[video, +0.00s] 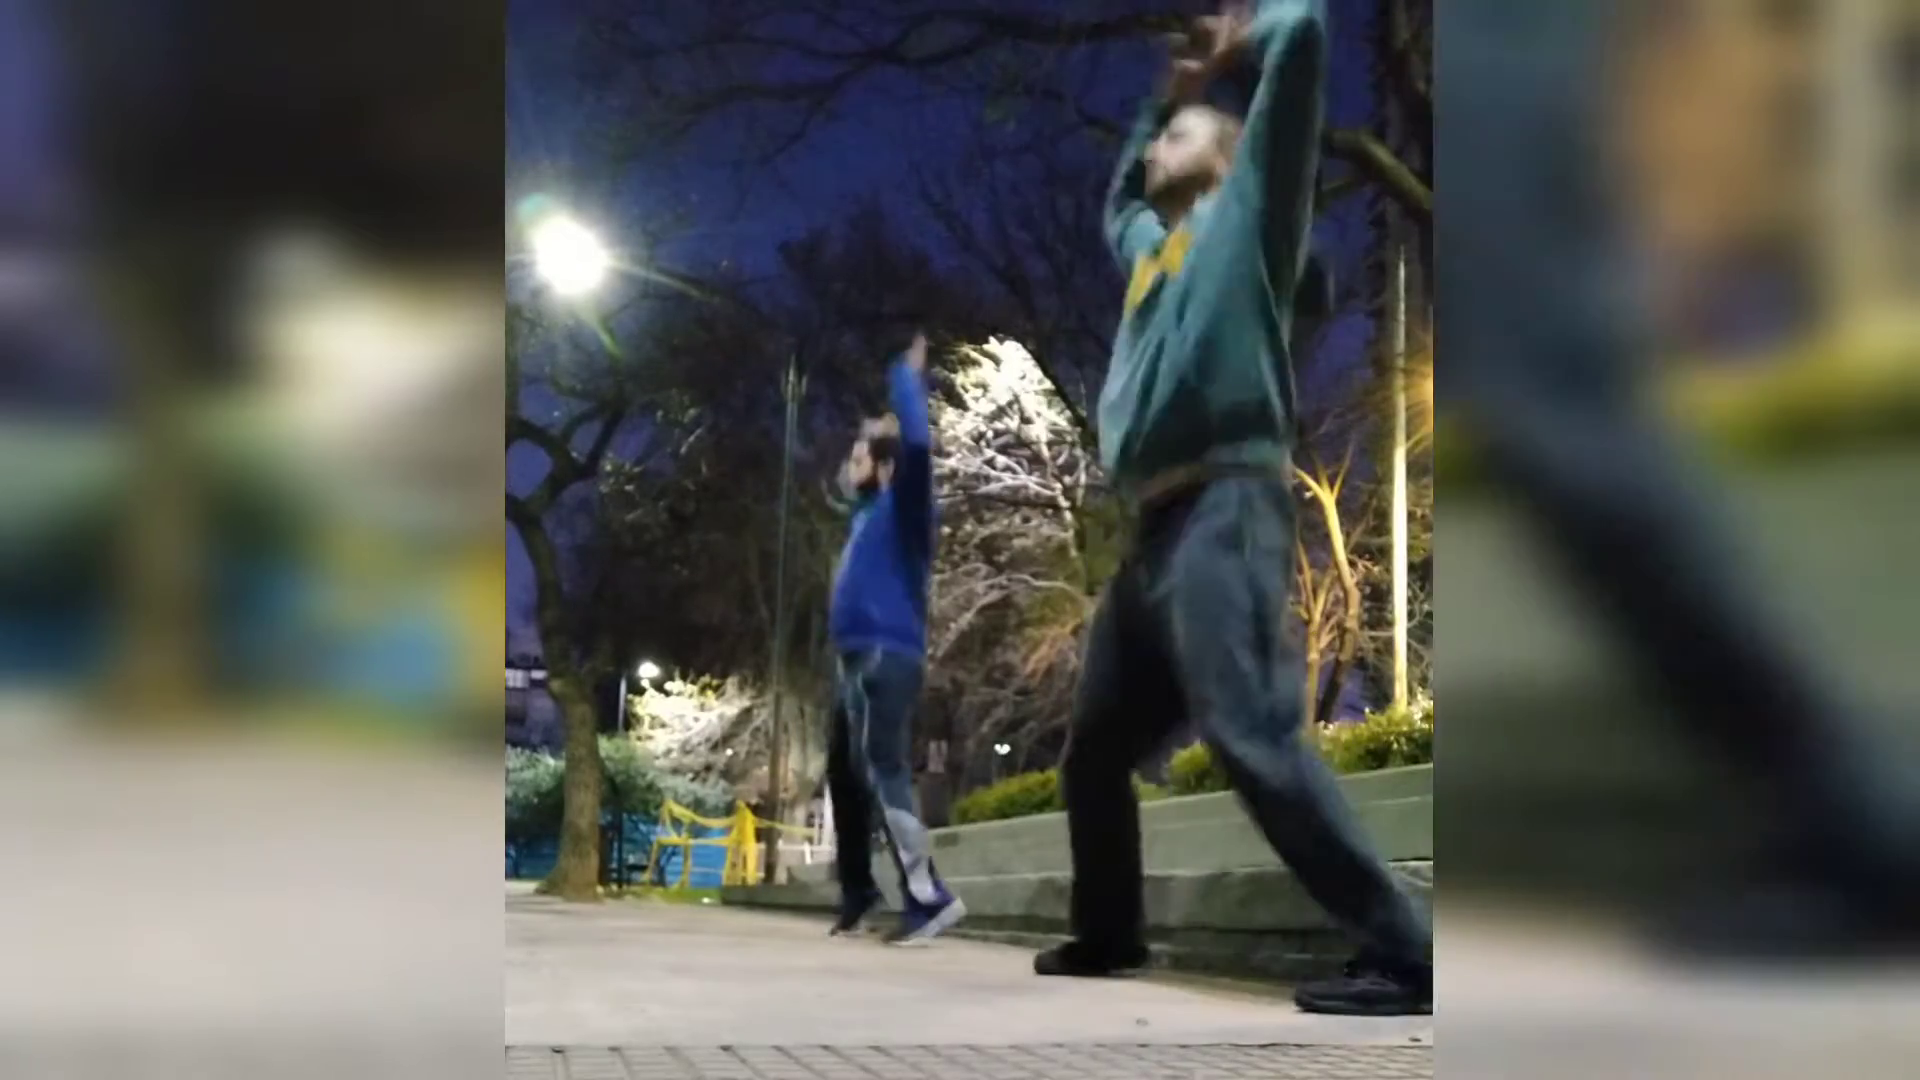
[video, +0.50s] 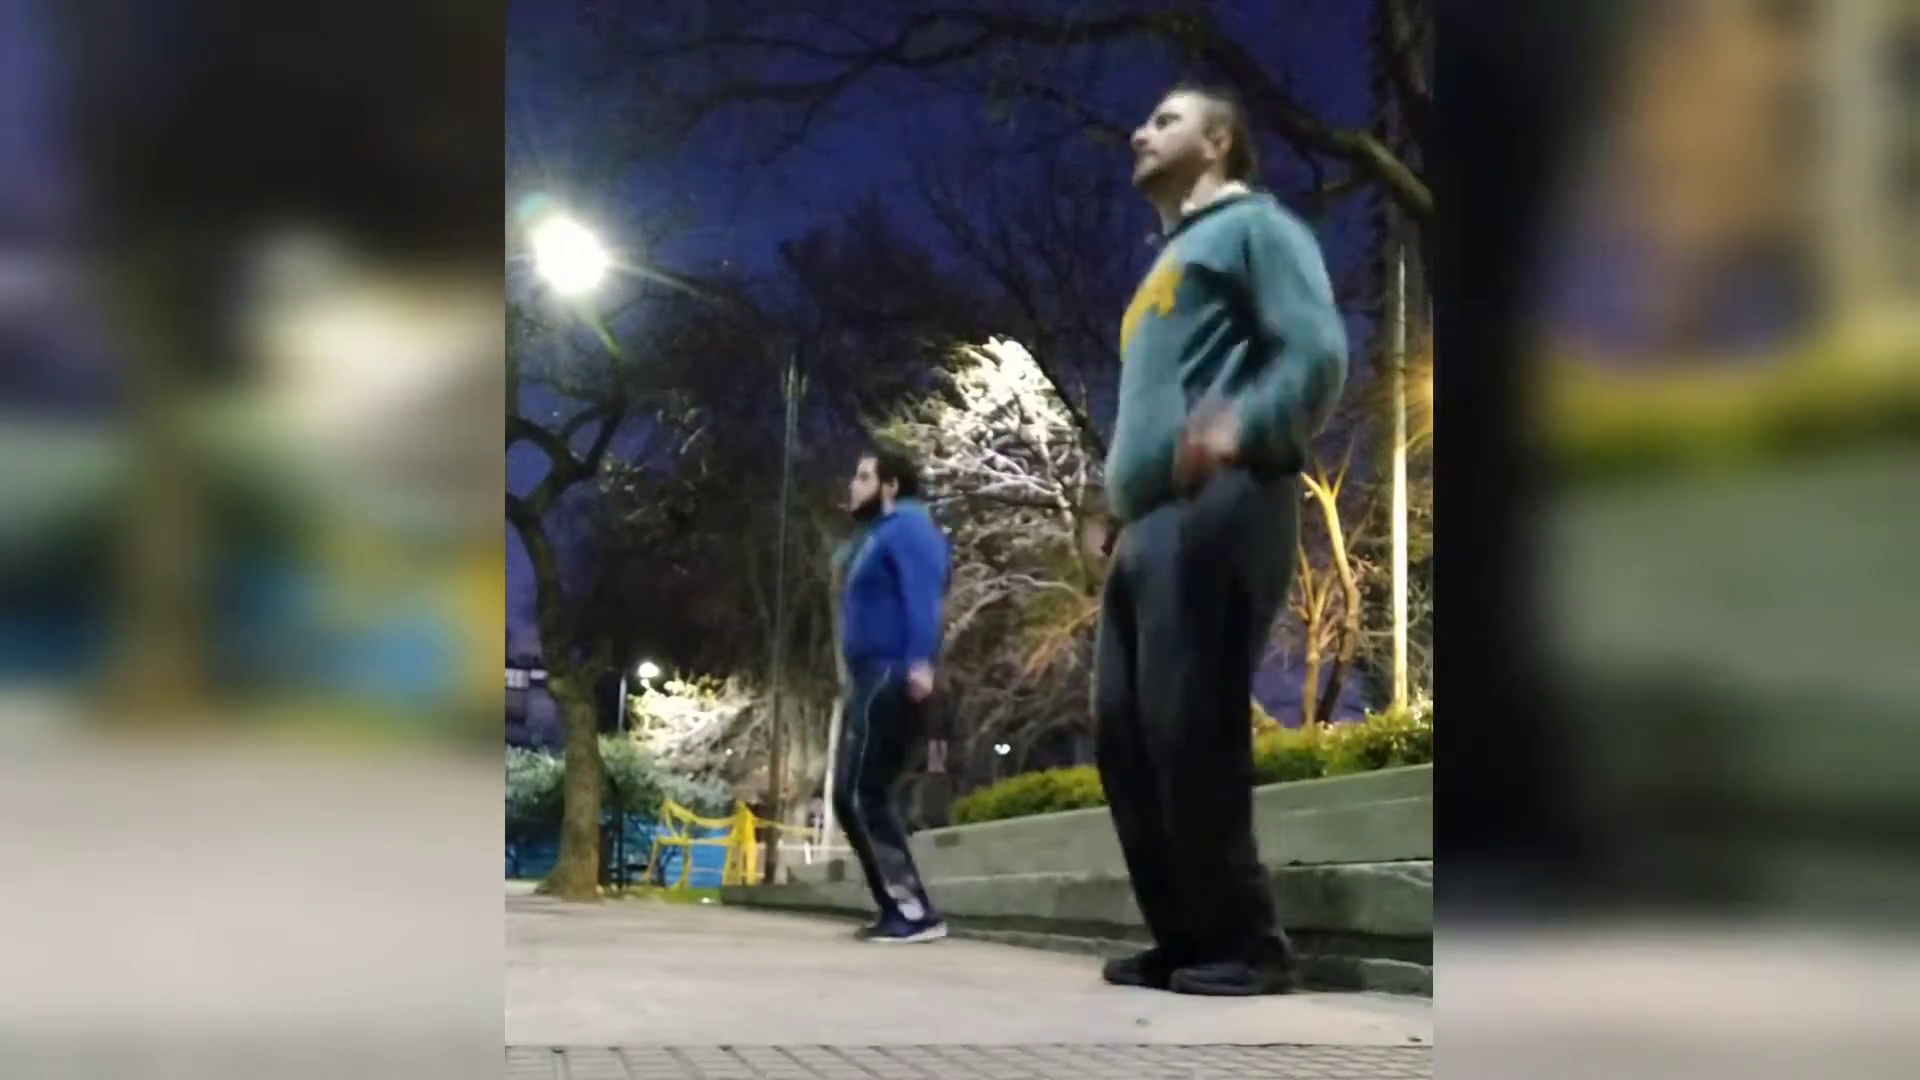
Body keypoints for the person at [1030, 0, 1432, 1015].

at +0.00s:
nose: (1161, 143)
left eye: (1184, 128)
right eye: (1159, 132)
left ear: (1231, 145)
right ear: (1168, 164)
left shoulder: (1254, 208)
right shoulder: (1148, 242)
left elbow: (1301, 32)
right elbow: (1122, 194)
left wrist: (1242, 36)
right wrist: (1172, 91)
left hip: (1229, 503)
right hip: (1156, 525)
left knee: (1250, 736)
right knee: (1095, 751)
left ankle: (1399, 956)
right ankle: (1106, 940)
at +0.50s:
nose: (1141, 133)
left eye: (1165, 119)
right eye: (1143, 122)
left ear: (1217, 141)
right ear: (1169, 153)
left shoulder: (1256, 224)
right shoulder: (1170, 255)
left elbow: (1317, 350)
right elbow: (1159, 395)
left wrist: (1242, 421)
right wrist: (1127, 511)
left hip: (1217, 508)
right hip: (1150, 520)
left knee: (1189, 724)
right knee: (1122, 732)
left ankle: (1245, 945)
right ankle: (1184, 938)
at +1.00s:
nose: (1173, 136)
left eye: (1194, 121)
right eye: (1171, 128)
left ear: (1240, 139)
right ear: (1179, 164)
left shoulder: (1271, 199)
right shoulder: (1161, 255)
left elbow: (1322, 36)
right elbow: (1137, 231)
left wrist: (1232, 18)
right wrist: (1154, 152)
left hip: (1249, 490)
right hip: (1174, 515)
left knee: (1267, 734)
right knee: (1135, 737)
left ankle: (1398, 950)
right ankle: (1150, 935)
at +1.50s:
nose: (1193, 88)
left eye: (1214, 75)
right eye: (1196, 77)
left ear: (1262, 100)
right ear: (1214, 107)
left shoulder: (1296, 176)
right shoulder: (1205, 214)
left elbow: (1341, 279)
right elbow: (1197, 379)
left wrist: (1275, 294)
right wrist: (1125, 453)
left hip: (1263, 457)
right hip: (1187, 474)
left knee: (1249, 694)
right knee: (1179, 706)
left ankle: (1295, 946)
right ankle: (1211, 935)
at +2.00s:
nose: (1197, 73)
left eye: (1221, 61)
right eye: (1201, 63)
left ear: (1275, 80)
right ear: (1221, 95)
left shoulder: (1297, 140)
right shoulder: (1200, 214)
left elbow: (1388, 81)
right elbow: (1162, 309)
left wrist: (1380, 4)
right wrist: (1071, 294)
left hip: (1268, 419)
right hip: (1192, 446)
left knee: (1292, 660)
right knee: (1176, 679)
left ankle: (1351, 900)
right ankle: (1188, 895)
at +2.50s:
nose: (1195, 65)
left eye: (1219, 52)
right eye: (1197, 55)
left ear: (1274, 75)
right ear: (1216, 94)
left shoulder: (1291, 146)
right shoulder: (1198, 201)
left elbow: (1363, 82)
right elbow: (1168, 311)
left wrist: (1372, 2)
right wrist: (1080, 274)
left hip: (1262, 411)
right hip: (1195, 434)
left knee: (1273, 651)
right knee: (1181, 677)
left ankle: (1347, 906)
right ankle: (1187, 897)